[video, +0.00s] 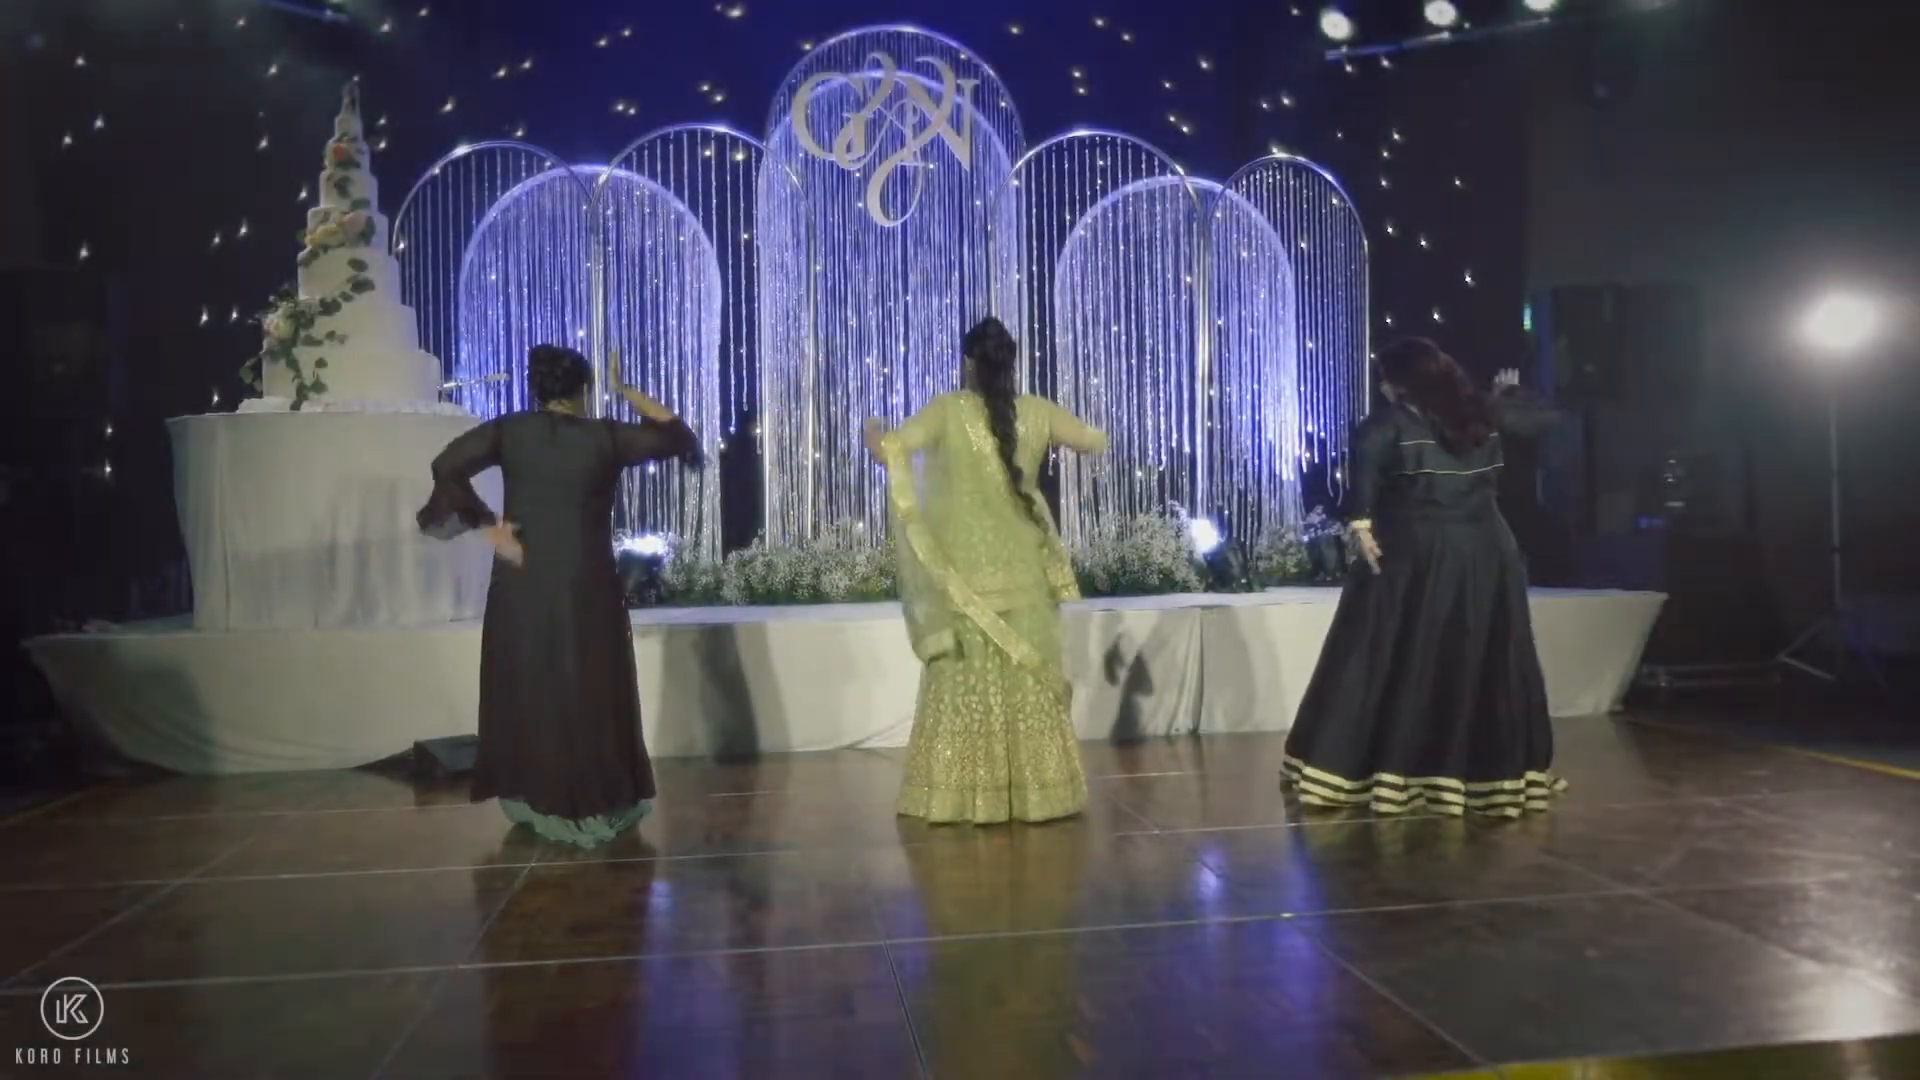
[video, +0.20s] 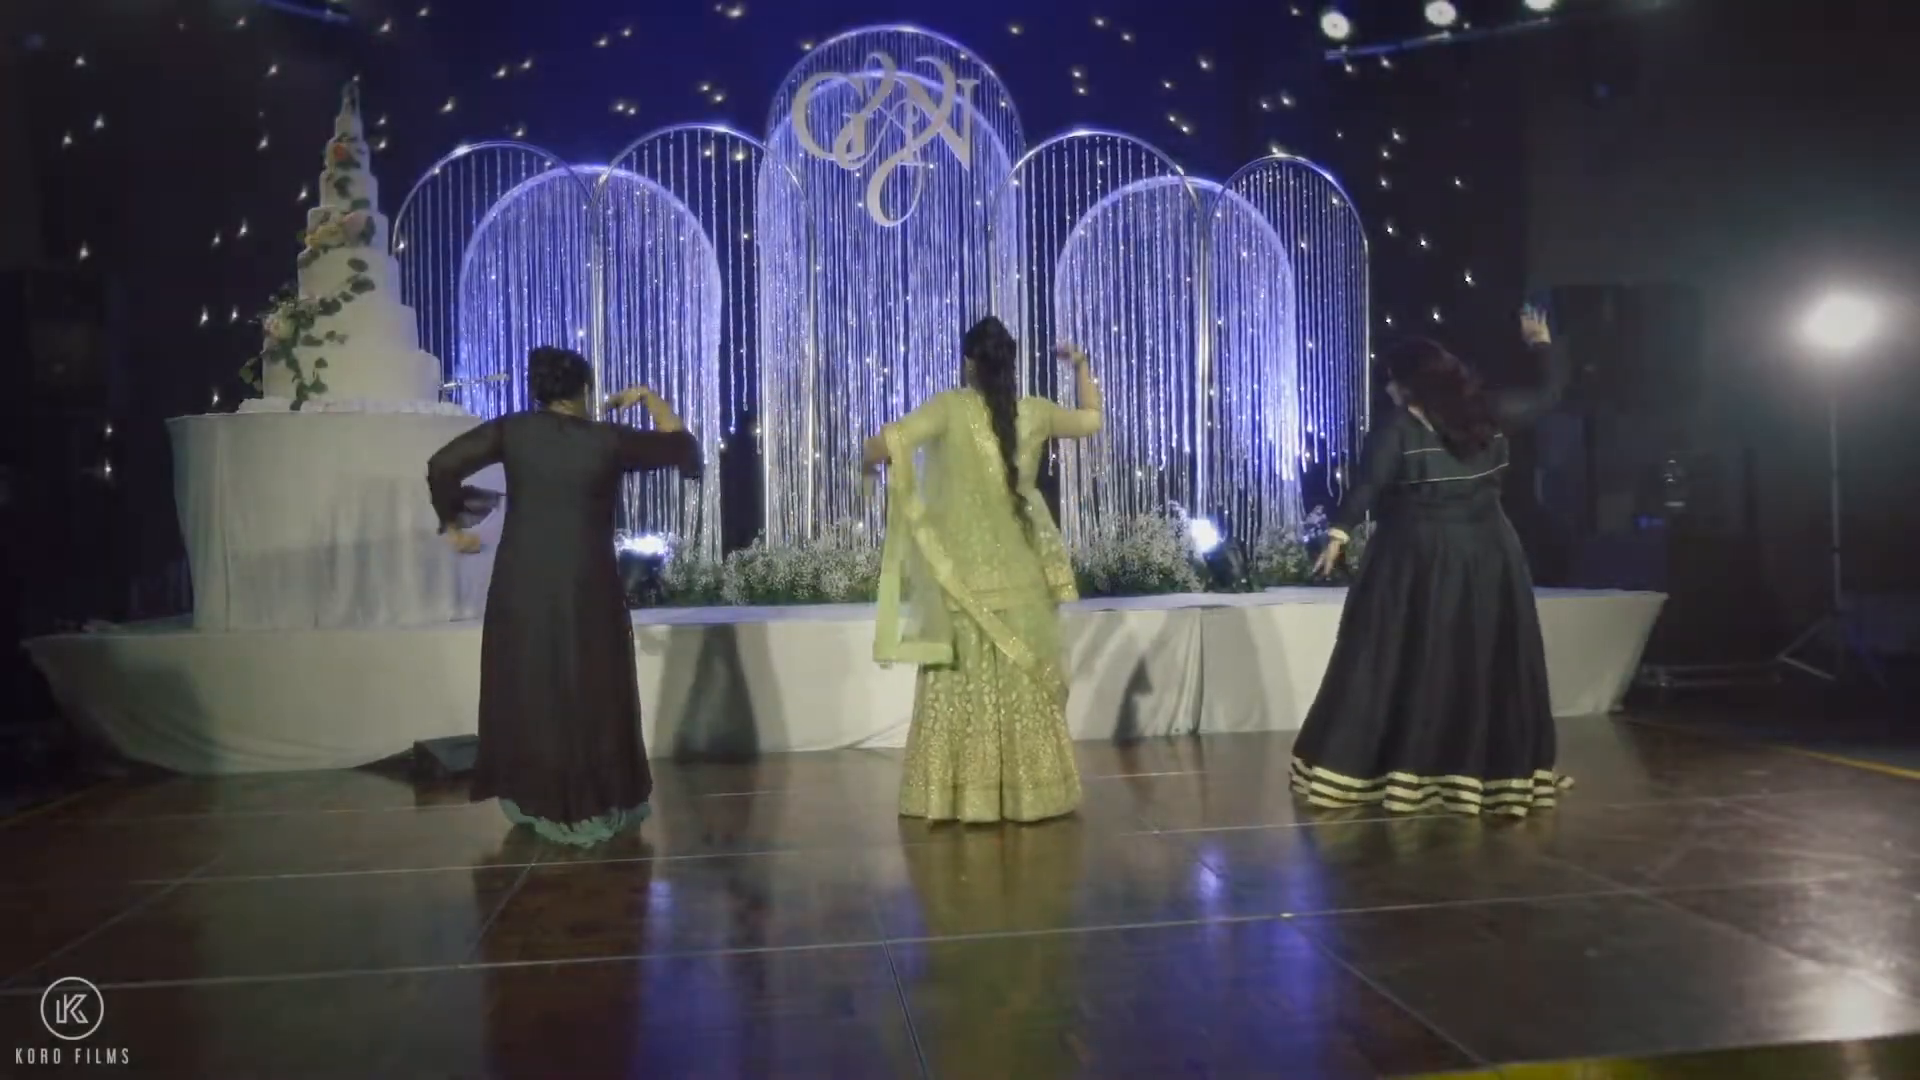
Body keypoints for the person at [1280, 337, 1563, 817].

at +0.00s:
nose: (1380, 390)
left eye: (1382, 382)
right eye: (1380, 382)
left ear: (1397, 384)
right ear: (1440, 373)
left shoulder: (1392, 423)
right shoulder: (1478, 415)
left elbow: (1368, 457)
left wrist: (1360, 518)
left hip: (1424, 551)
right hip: (1487, 547)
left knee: (1410, 661)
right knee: (1483, 660)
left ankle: (1405, 776)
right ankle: (1486, 777)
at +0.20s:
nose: (1388, 390)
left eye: (1391, 382)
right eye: (1387, 382)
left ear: (1407, 385)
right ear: (1448, 376)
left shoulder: (1400, 431)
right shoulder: (1488, 417)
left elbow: (1370, 483)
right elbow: (1547, 394)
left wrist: (1339, 530)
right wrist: (1542, 345)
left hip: (1422, 555)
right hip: (1489, 552)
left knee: (1412, 661)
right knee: (1486, 661)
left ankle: (1408, 776)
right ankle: (1489, 777)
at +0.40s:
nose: (1387, 390)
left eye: (1390, 381)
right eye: (1387, 381)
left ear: (1409, 384)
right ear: (1447, 377)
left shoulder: (1403, 432)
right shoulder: (1485, 419)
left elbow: (1381, 493)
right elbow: (1545, 401)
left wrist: (1350, 547)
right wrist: (1544, 345)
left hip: (1424, 557)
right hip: (1489, 551)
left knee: (1416, 662)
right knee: (1486, 662)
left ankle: (1415, 776)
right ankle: (1492, 777)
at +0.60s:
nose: (1388, 394)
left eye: (1392, 385)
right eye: (1389, 385)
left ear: (1406, 387)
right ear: (1448, 379)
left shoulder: (1407, 429)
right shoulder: (1485, 418)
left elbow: (1372, 477)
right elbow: (1539, 419)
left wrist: (1342, 444)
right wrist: (1511, 381)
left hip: (1425, 552)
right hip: (1489, 546)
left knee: (1419, 660)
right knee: (1487, 660)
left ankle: (1419, 777)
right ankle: (1493, 777)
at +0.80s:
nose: (1399, 391)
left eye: (1403, 384)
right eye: (1399, 384)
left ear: (1413, 387)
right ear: (1459, 377)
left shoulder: (1409, 427)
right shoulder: (1495, 419)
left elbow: (1358, 465)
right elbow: (1542, 416)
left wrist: (1347, 413)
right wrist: (1525, 374)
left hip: (1424, 549)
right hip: (1488, 545)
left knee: (1419, 662)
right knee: (1487, 661)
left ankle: (1418, 781)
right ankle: (1492, 780)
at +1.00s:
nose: (1407, 387)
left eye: (1410, 379)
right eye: (1411, 379)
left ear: (1418, 383)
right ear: (1469, 374)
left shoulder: (1413, 424)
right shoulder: (1502, 409)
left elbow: (1348, 436)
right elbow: (1542, 373)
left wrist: (1326, 383)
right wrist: (1537, 310)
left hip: (1423, 546)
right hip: (1490, 544)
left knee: (1416, 661)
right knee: (1489, 663)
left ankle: (1415, 782)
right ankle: (1493, 782)